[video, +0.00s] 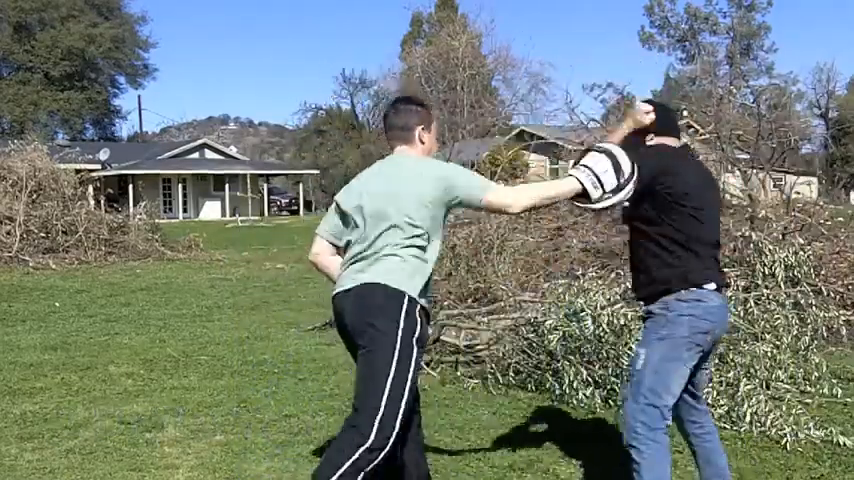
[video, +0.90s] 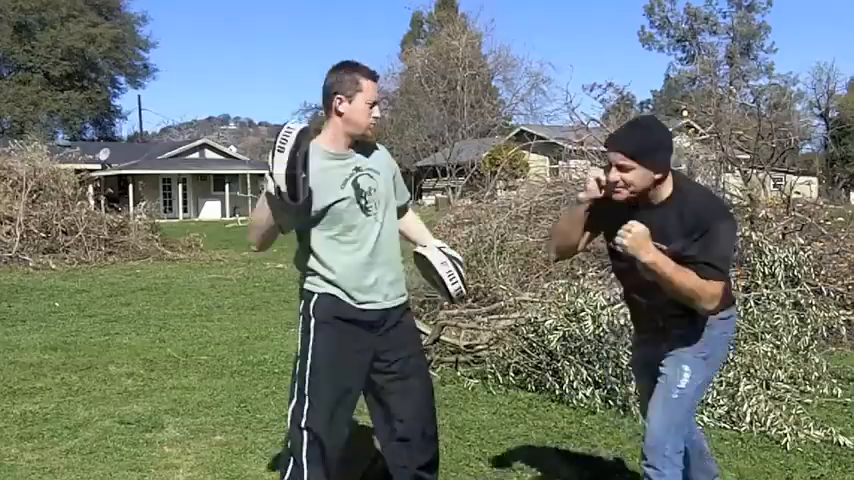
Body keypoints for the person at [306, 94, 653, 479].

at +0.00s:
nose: (436, 141)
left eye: (433, 134)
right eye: (434, 134)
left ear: (389, 138)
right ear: (422, 135)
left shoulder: (357, 185)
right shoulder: (437, 173)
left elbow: (320, 252)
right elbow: (513, 198)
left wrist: (362, 287)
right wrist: (582, 180)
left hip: (347, 300)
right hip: (393, 296)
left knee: (402, 418)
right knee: (377, 422)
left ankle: (413, 476)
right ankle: (330, 476)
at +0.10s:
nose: (436, 133)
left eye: (433, 123)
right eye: (432, 123)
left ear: (393, 129)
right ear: (415, 125)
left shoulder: (356, 182)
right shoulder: (419, 167)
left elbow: (326, 249)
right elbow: (477, 209)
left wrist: (372, 279)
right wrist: (541, 182)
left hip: (345, 299)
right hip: (381, 300)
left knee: (405, 425)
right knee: (387, 438)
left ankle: (414, 473)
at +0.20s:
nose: (425, 125)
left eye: (425, 116)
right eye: (422, 116)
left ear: (383, 117)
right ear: (403, 115)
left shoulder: (355, 170)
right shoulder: (399, 165)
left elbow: (333, 243)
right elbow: (455, 218)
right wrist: (498, 170)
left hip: (366, 302)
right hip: (368, 302)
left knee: (407, 429)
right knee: (368, 437)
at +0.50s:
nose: (390, 111)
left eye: (389, 102)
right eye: (385, 101)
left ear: (354, 106)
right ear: (360, 104)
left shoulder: (337, 157)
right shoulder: (362, 159)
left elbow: (346, 235)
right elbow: (431, 210)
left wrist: (387, 281)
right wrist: (466, 154)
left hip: (369, 302)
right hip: (345, 302)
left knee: (393, 423)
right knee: (340, 428)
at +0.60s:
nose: (381, 121)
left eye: (380, 114)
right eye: (377, 111)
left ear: (343, 107)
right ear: (358, 106)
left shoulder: (359, 161)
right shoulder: (325, 163)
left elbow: (377, 237)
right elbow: (372, 212)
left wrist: (403, 274)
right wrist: (376, 155)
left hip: (385, 300)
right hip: (347, 300)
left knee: (405, 424)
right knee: (338, 427)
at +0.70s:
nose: (381, 114)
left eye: (380, 105)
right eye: (374, 105)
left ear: (349, 106)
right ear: (345, 105)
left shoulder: (376, 160)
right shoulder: (315, 164)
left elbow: (386, 220)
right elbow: (276, 223)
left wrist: (411, 255)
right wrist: (288, 155)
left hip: (396, 304)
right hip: (345, 305)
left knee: (415, 422)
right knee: (333, 426)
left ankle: (410, 474)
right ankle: (315, 476)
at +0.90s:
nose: (379, 114)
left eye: (379, 104)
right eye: (372, 104)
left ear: (345, 105)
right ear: (340, 105)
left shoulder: (379, 156)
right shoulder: (304, 160)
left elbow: (401, 212)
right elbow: (259, 239)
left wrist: (433, 247)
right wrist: (276, 183)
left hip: (393, 312)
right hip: (334, 312)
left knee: (415, 434)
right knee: (318, 435)